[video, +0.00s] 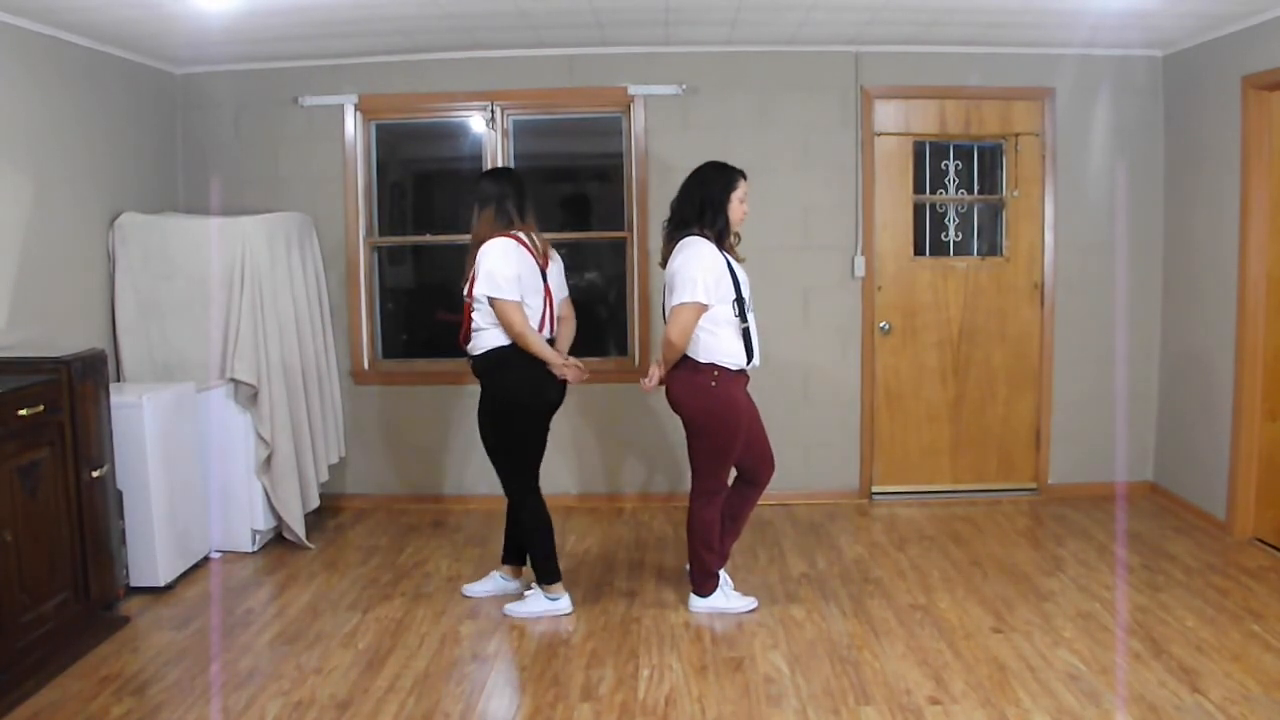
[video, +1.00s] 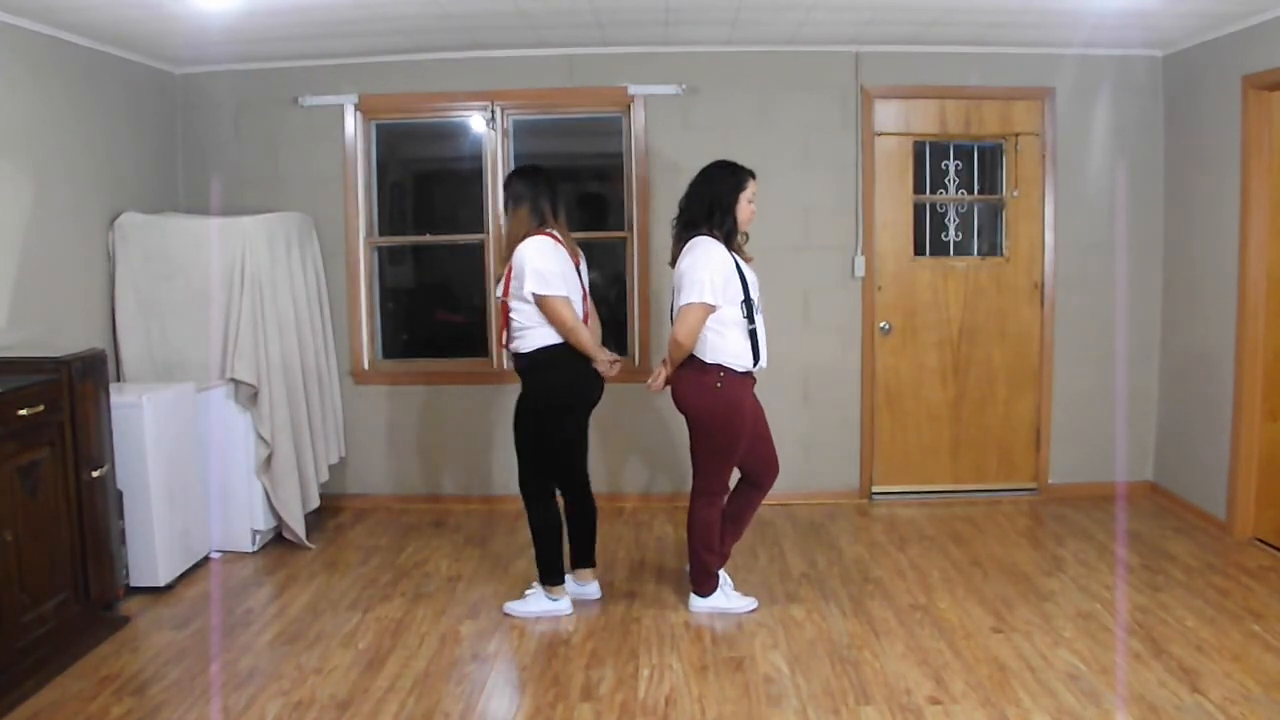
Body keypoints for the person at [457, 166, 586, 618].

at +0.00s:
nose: (475, 213)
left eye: (478, 205)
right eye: (477, 205)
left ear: (489, 207)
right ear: (521, 205)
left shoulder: (495, 250)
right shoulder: (547, 252)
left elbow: (515, 324)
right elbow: (567, 316)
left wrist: (557, 360)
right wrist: (559, 359)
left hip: (508, 373)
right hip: (541, 374)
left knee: (522, 485)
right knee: (520, 479)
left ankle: (552, 590)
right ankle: (511, 573)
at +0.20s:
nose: (482, 213)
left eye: (485, 205)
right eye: (484, 205)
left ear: (495, 208)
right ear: (528, 204)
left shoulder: (500, 253)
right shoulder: (554, 253)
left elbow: (524, 327)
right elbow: (573, 319)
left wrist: (567, 362)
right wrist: (568, 362)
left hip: (515, 374)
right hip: (549, 373)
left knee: (532, 483)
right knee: (520, 475)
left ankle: (554, 591)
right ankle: (510, 570)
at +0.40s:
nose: (486, 211)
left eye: (488, 203)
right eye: (488, 203)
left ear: (499, 206)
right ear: (532, 204)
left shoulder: (504, 254)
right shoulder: (558, 253)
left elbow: (532, 327)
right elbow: (577, 318)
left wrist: (573, 361)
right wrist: (575, 359)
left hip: (522, 376)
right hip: (552, 375)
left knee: (536, 485)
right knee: (512, 473)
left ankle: (554, 591)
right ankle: (516, 569)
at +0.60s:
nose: (492, 211)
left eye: (494, 202)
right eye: (493, 202)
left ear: (505, 205)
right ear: (537, 202)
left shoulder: (513, 251)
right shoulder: (561, 251)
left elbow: (541, 325)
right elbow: (577, 316)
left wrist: (578, 361)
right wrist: (580, 358)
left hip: (528, 375)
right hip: (555, 372)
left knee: (532, 481)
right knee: (518, 472)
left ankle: (552, 592)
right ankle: (558, 563)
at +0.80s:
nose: (499, 210)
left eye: (502, 202)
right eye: (500, 202)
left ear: (513, 205)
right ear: (544, 203)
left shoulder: (524, 252)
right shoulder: (561, 250)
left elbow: (552, 322)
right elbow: (577, 317)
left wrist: (587, 360)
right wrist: (586, 359)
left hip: (533, 374)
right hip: (562, 371)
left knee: (534, 485)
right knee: (550, 477)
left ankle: (551, 590)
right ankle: (579, 572)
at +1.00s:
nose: (506, 211)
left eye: (509, 203)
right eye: (508, 203)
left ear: (520, 204)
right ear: (550, 202)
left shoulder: (532, 249)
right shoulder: (569, 248)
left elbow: (563, 319)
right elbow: (589, 315)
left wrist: (600, 357)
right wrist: (597, 357)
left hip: (548, 373)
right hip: (577, 370)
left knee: (535, 483)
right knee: (574, 477)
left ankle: (551, 591)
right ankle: (584, 576)